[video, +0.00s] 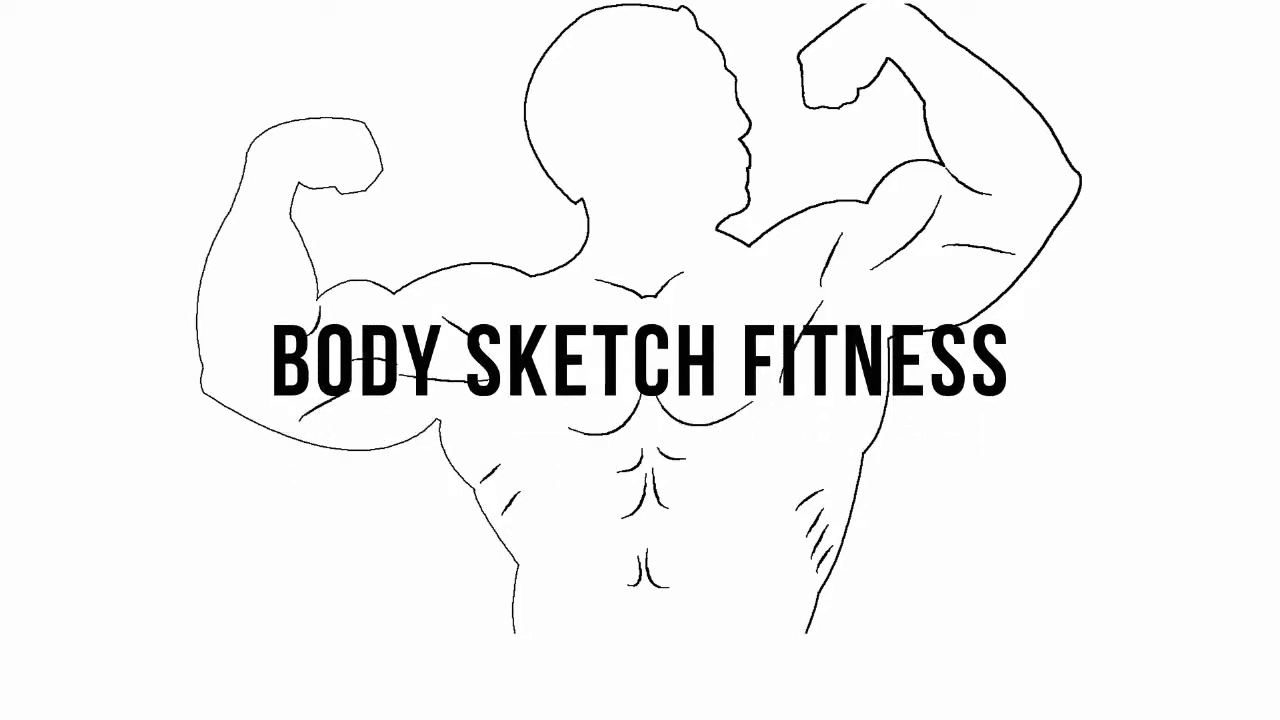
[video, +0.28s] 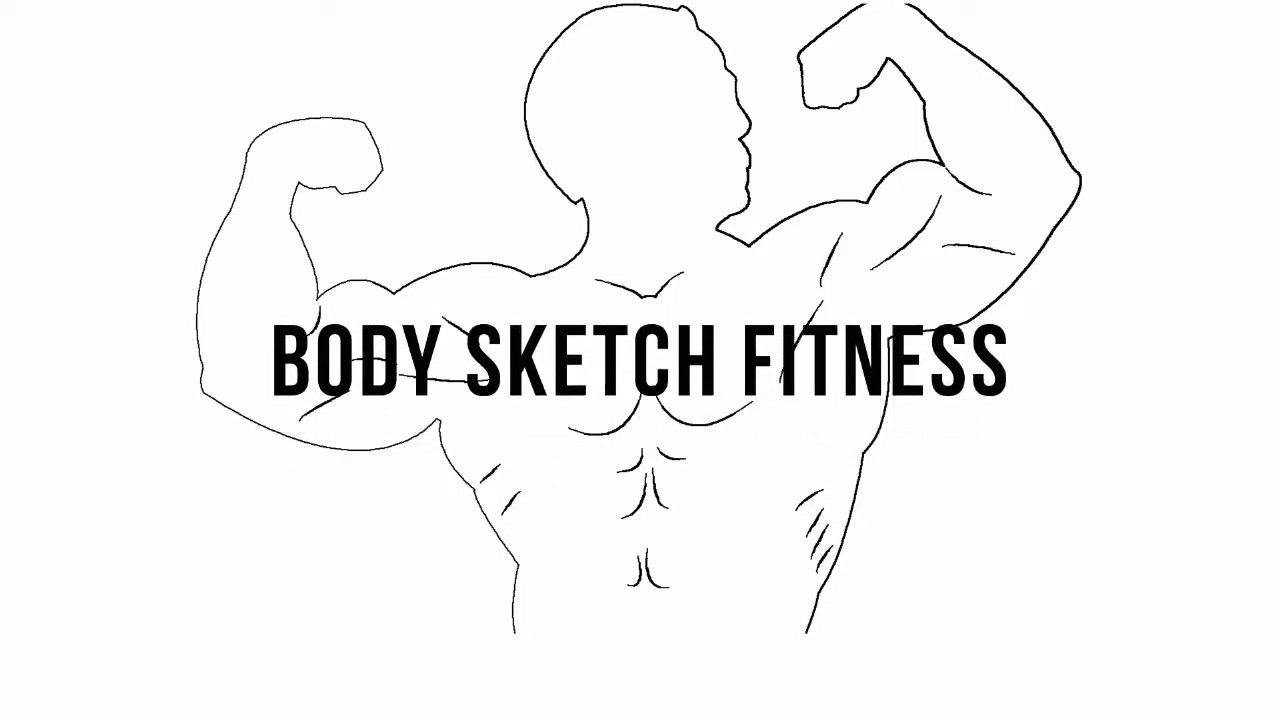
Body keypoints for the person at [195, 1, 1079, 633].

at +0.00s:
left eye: (692, 114)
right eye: (633, 122)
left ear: (737, 126)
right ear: (566, 148)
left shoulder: (813, 294)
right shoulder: (478, 318)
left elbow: (1034, 190)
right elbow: (250, 371)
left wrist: (895, 35)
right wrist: (273, 171)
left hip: (769, 662)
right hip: (547, 667)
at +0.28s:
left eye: (692, 114)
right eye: (633, 122)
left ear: (737, 126)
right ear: (566, 148)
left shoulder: (813, 294)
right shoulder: (478, 318)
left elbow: (1034, 190)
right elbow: (250, 371)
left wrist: (895, 35)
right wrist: (273, 171)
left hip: (769, 662)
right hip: (547, 667)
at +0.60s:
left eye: (692, 114)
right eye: (633, 122)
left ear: (737, 127)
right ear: (566, 148)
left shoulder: (813, 294)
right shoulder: (478, 319)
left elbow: (1034, 190)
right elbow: (250, 371)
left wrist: (895, 35)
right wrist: (273, 171)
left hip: (769, 662)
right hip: (547, 667)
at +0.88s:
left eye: (692, 114)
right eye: (633, 122)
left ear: (737, 127)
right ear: (566, 148)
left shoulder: (813, 294)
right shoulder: (478, 319)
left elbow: (1034, 190)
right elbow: (250, 371)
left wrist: (895, 35)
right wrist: (273, 171)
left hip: (769, 662)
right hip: (547, 667)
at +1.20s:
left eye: (692, 114)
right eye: (633, 122)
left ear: (737, 127)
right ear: (566, 148)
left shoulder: (813, 294)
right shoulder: (478, 319)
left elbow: (1034, 190)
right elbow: (250, 371)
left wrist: (895, 35)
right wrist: (273, 171)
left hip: (769, 662)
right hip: (547, 667)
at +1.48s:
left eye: (692, 114)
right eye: (633, 122)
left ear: (737, 127)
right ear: (566, 148)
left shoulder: (813, 294)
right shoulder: (478, 319)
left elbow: (1034, 190)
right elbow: (250, 371)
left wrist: (895, 35)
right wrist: (273, 171)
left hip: (769, 662)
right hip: (547, 667)